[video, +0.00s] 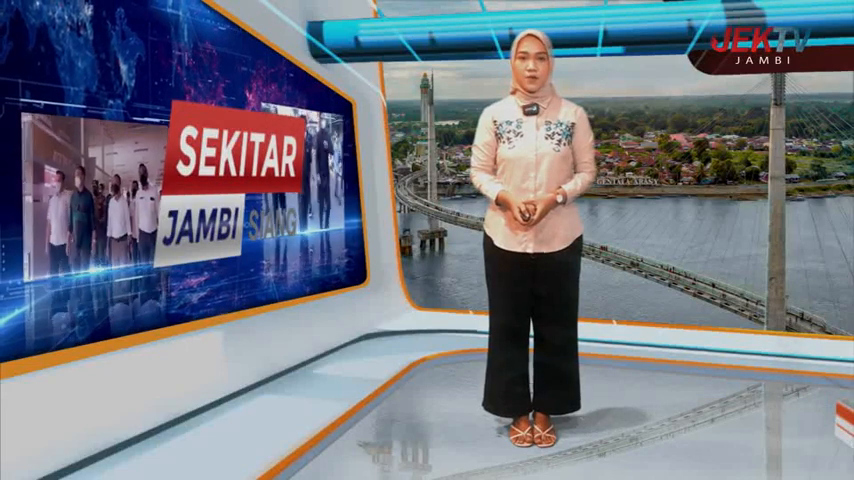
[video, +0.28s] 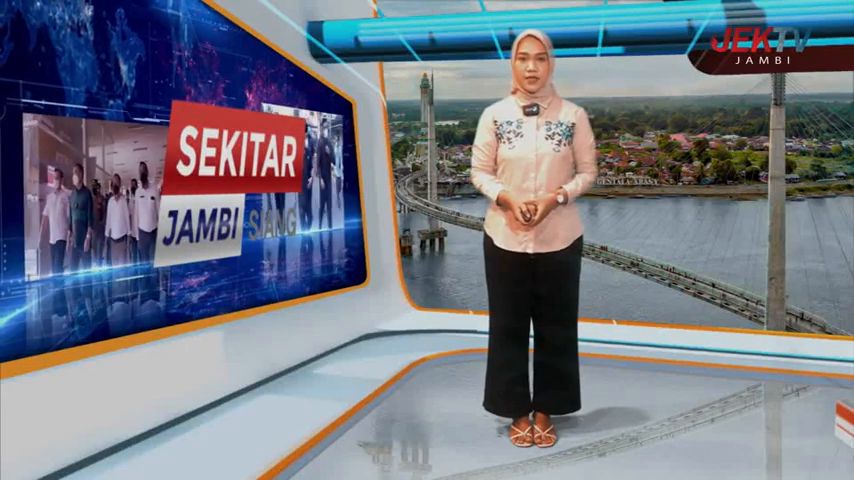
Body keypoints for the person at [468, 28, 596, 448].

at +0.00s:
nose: (532, 65)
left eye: (540, 58)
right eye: (523, 57)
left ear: (551, 64)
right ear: (512, 63)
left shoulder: (573, 115)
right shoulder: (493, 115)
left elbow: (587, 172)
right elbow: (479, 171)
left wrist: (555, 198)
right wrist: (506, 198)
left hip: (558, 241)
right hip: (505, 241)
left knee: (554, 328)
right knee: (510, 328)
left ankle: (543, 413)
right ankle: (519, 414)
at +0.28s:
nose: (531, 66)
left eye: (540, 58)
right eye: (523, 58)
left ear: (552, 64)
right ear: (512, 63)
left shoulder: (573, 115)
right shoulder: (494, 115)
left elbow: (588, 173)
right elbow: (479, 172)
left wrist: (556, 198)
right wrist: (507, 198)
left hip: (559, 241)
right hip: (506, 241)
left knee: (554, 328)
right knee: (510, 329)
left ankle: (543, 414)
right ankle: (519, 414)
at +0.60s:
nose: (531, 67)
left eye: (539, 59)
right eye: (523, 59)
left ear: (551, 64)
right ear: (512, 64)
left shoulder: (573, 115)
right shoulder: (494, 115)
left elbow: (588, 173)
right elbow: (479, 172)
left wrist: (555, 199)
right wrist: (507, 199)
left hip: (559, 241)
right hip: (506, 242)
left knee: (554, 329)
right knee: (510, 329)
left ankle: (543, 414)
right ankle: (519, 414)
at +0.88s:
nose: (531, 66)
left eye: (539, 59)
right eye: (523, 59)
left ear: (551, 64)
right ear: (512, 64)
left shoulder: (573, 115)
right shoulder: (494, 115)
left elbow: (587, 173)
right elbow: (479, 172)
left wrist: (555, 198)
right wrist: (506, 199)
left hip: (559, 241)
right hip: (506, 242)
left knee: (554, 328)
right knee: (510, 328)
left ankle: (543, 413)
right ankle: (519, 414)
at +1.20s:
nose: (531, 67)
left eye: (539, 59)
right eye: (523, 59)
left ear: (551, 64)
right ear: (512, 64)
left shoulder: (573, 115)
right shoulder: (494, 115)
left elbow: (587, 173)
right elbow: (480, 172)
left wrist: (555, 199)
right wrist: (506, 199)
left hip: (558, 241)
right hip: (506, 242)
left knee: (554, 328)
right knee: (510, 328)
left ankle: (543, 413)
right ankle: (519, 414)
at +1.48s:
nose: (530, 67)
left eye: (539, 59)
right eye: (522, 59)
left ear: (551, 64)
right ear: (512, 64)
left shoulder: (573, 115)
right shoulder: (494, 115)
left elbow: (587, 173)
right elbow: (480, 172)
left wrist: (555, 198)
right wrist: (505, 199)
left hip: (558, 241)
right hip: (505, 241)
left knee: (554, 328)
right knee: (510, 328)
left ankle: (543, 413)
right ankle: (519, 414)